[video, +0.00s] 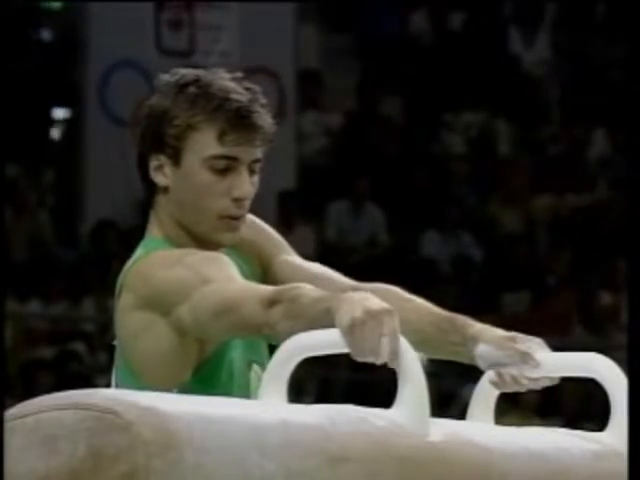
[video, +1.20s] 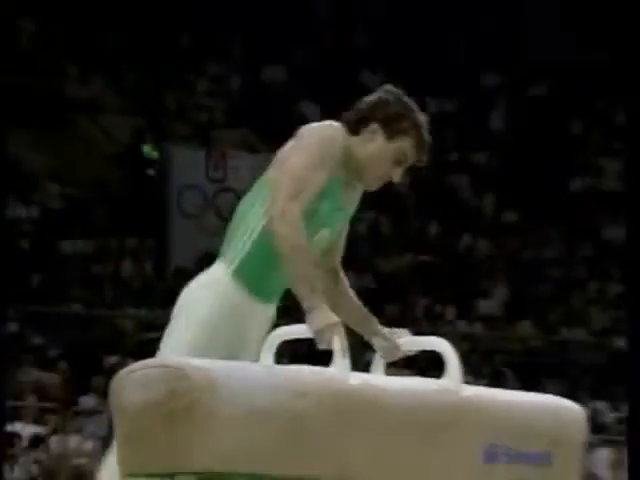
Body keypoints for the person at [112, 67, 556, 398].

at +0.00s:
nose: (244, 190)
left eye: (253, 170)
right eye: (221, 168)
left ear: (262, 167)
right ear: (162, 171)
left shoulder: (245, 239)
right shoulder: (166, 273)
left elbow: (353, 293)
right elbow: (264, 309)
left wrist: (476, 339)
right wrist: (339, 305)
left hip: (232, 467)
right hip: (168, 471)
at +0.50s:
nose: (243, 183)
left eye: (250, 161)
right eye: (219, 164)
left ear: (258, 157)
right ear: (161, 172)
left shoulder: (268, 210)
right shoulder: (169, 266)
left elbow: (381, 279)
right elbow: (268, 294)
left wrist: (476, 333)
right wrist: (342, 297)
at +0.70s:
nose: (228, 220)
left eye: (232, 195)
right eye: (201, 203)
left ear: (240, 186)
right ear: (141, 214)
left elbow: (387, 273)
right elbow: (258, 319)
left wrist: (471, 341)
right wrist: (352, 302)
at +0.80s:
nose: (217, 283)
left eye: (217, 262)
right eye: (189, 270)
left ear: (225, 255)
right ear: (130, 290)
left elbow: (344, 314)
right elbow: (263, 358)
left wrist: (462, 352)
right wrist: (350, 312)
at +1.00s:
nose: (285, 225)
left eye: (293, 211)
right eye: (274, 208)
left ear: (298, 208)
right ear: (226, 195)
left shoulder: (287, 251)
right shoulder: (189, 237)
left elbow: (346, 343)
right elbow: (235, 293)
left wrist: (411, 349)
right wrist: (323, 305)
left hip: (256, 430)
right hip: (181, 429)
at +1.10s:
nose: (363, 183)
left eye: (371, 171)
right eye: (360, 163)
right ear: (323, 137)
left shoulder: (332, 207)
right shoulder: (270, 155)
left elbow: (333, 298)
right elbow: (248, 242)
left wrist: (390, 337)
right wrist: (318, 305)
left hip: (251, 371)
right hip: (192, 363)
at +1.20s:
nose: (396, 176)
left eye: (404, 168)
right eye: (398, 161)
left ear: (377, 140)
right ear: (374, 133)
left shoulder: (349, 189)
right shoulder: (324, 139)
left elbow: (329, 277)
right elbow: (283, 218)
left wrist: (379, 335)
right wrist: (315, 305)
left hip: (253, 320)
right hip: (218, 306)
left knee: (218, 440)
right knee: (163, 424)